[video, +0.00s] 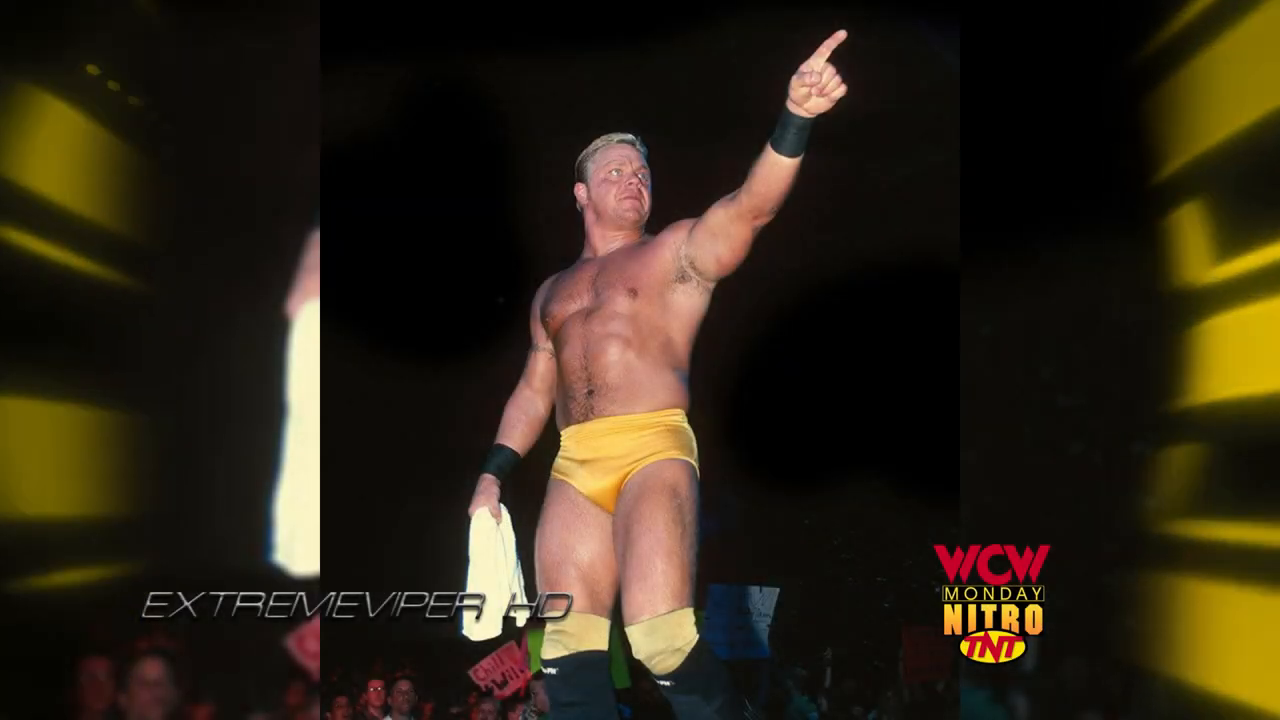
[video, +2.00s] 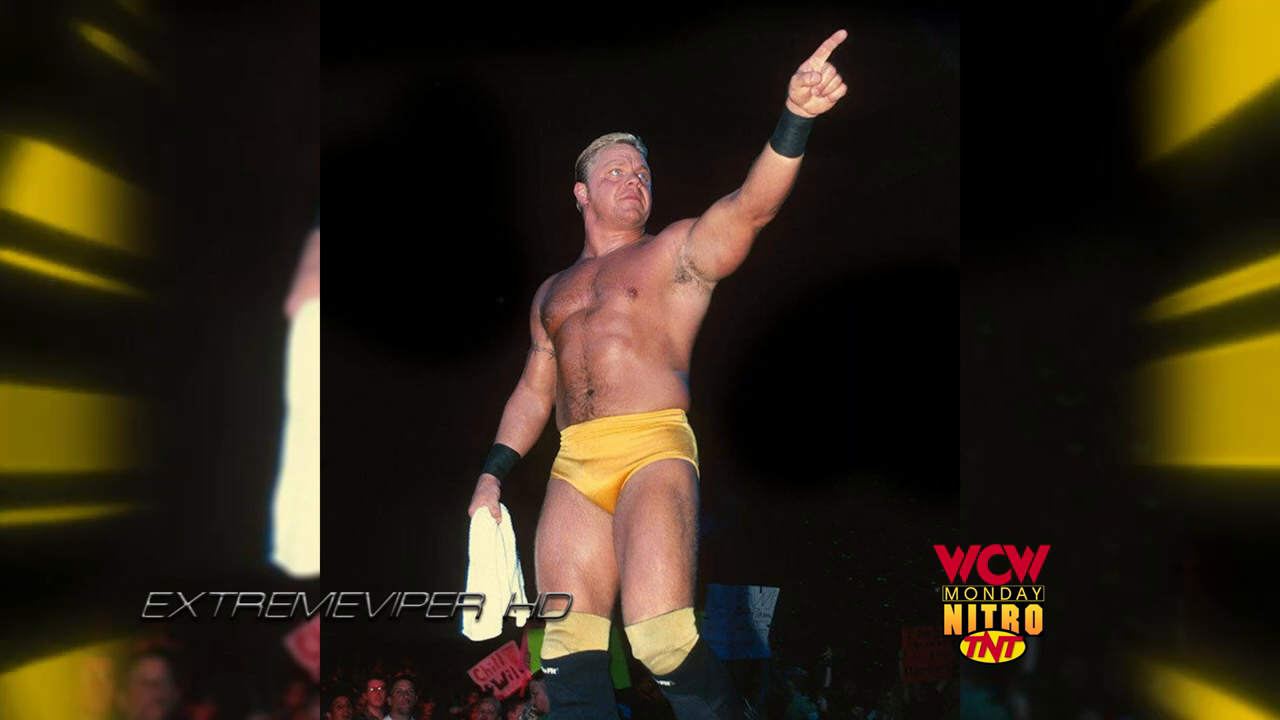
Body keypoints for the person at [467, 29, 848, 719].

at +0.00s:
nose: (632, 180)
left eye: (640, 172)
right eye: (614, 171)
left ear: (650, 194)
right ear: (581, 193)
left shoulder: (680, 254)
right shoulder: (553, 296)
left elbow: (752, 204)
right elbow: (534, 394)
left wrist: (797, 115)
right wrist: (490, 477)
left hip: (656, 448)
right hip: (576, 462)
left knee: (659, 635)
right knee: (568, 646)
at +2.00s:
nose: (632, 179)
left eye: (640, 172)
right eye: (615, 170)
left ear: (650, 194)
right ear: (581, 193)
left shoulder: (680, 254)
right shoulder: (552, 296)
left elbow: (753, 203)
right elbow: (534, 394)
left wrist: (797, 116)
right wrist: (490, 478)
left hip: (656, 448)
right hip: (575, 462)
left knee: (660, 636)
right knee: (568, 646)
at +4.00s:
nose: (632, 179)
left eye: (640, 172)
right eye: (615, 170)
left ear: (650, 194)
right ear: (581, 193)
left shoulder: (680, 254)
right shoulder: (552, 296)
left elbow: (753, 203)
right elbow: (534, 394)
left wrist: (797, 116)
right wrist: (490, 478)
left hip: (656, 448)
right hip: (575, 462)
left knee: (660, 636)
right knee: (568, 647)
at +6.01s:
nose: (631, 179)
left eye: (640, 172)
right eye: (614, 170)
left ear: (650, 194)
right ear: (580, 193)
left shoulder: (680, 253)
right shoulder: (552, 296)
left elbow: (753, 203)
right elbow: (534, 393)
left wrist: (797, 115)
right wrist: (490, 478)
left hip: (656, 448)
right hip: (575, 462)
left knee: (660, 637)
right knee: (568, 647)